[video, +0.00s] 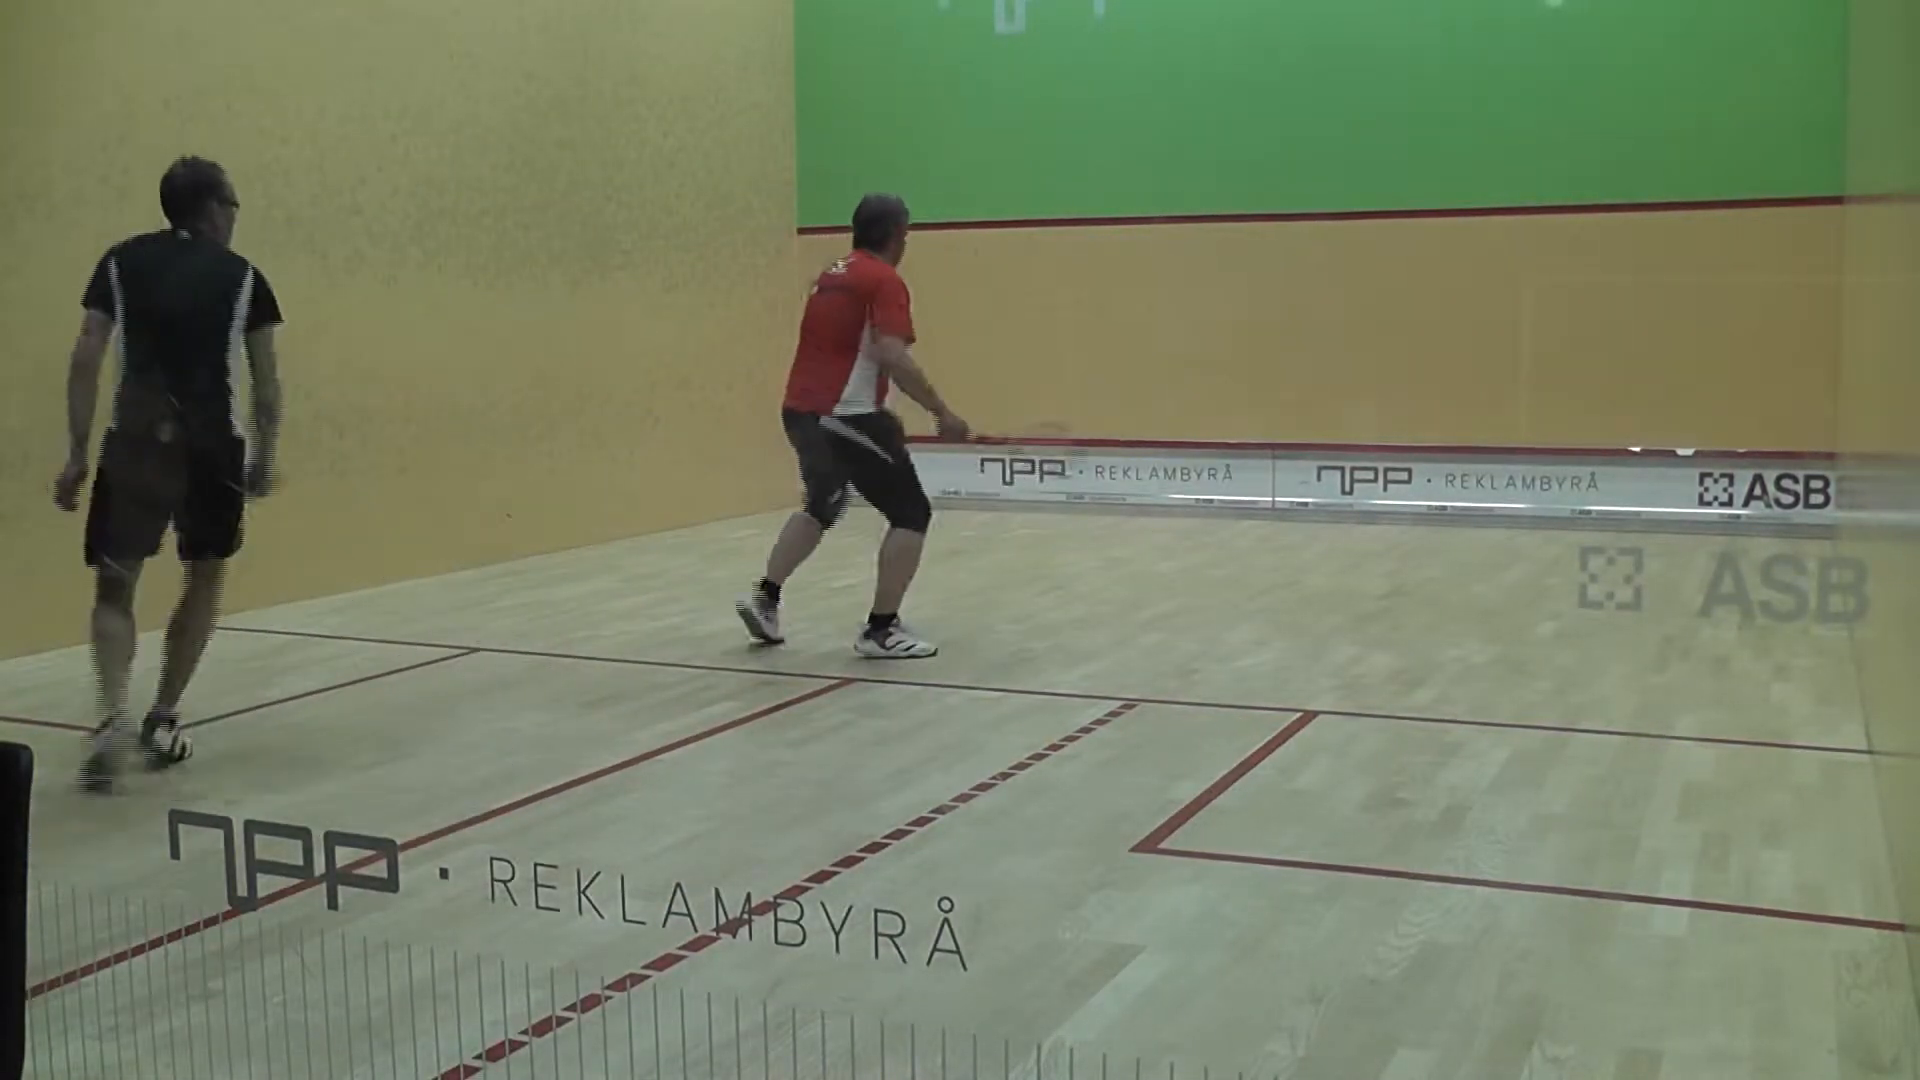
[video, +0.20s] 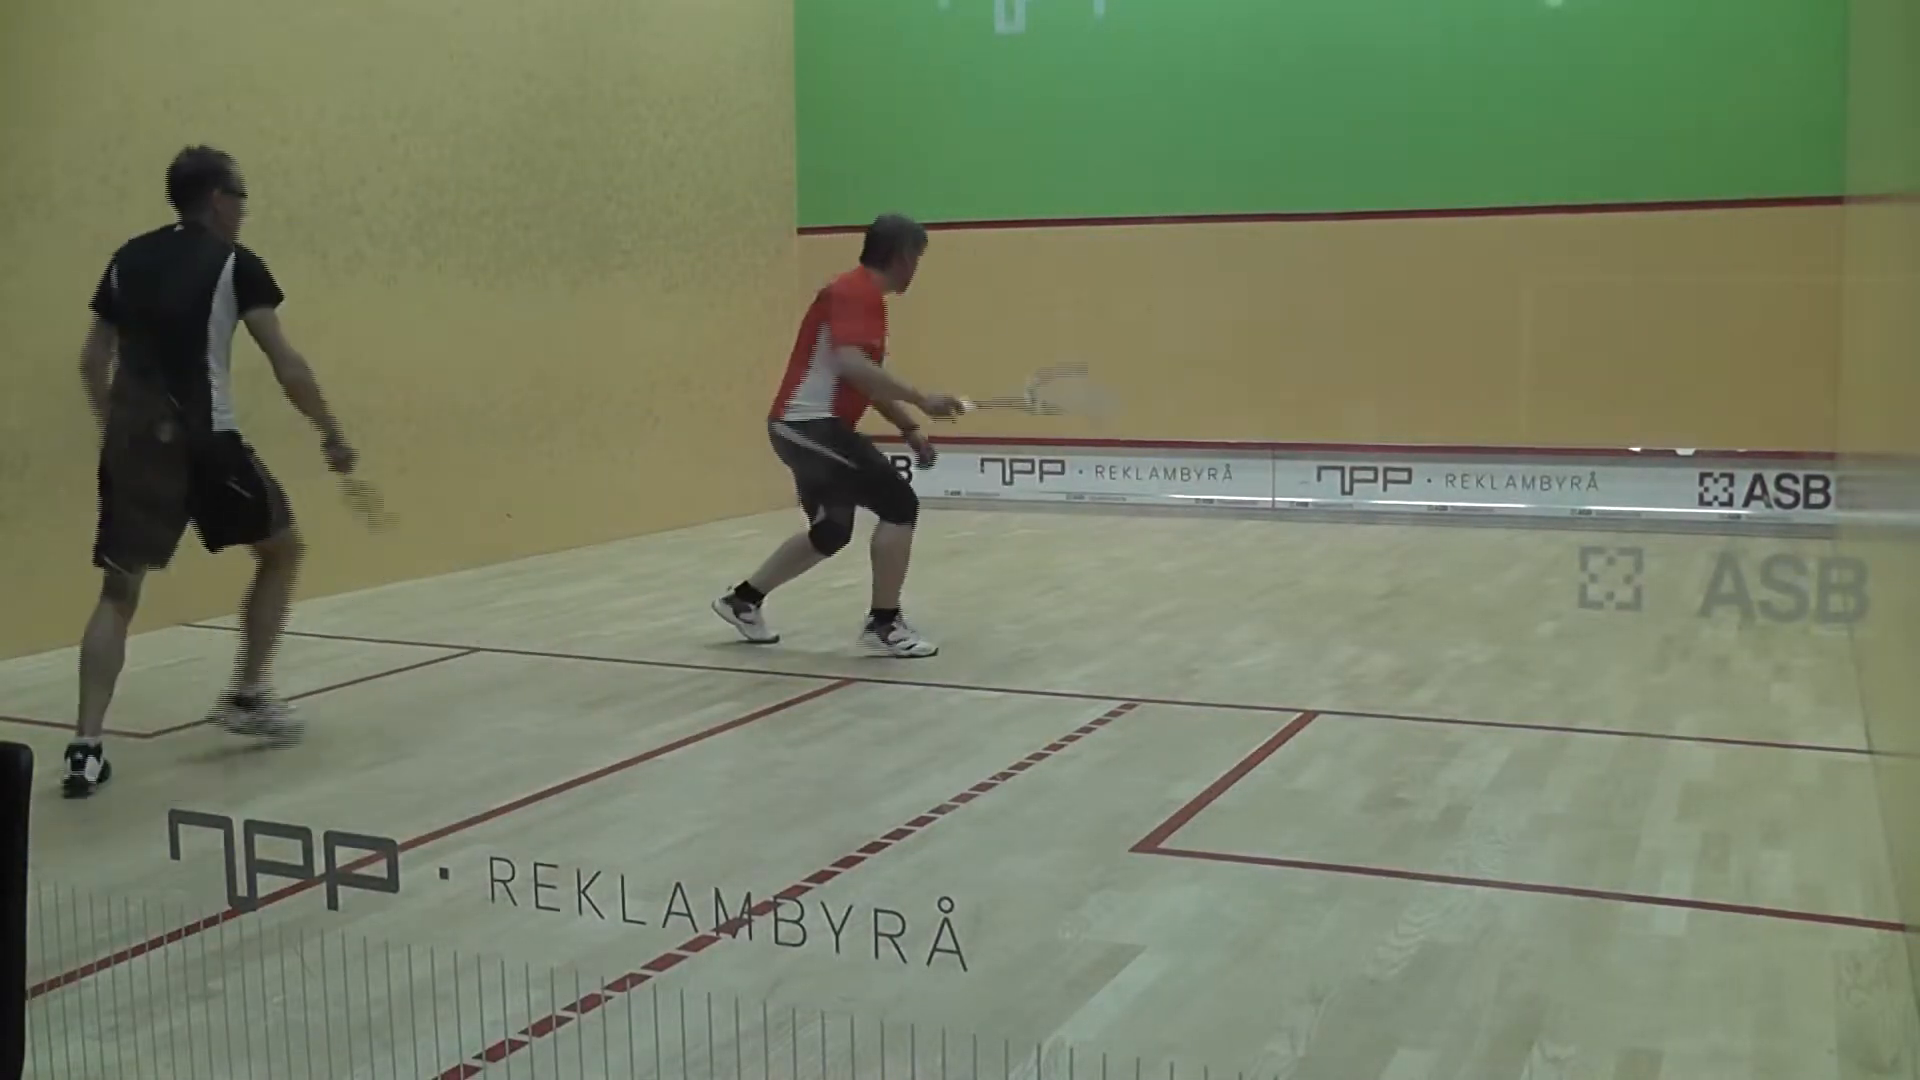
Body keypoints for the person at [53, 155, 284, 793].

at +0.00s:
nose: (236, 220)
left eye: (234, 208)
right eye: (231, 208)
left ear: (173, 212)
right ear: (209, 211)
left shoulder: (122, 261)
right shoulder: (241, 275)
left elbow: (85, 359)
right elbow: (266, 382)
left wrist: (76, 454)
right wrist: (264, 455)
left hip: (134, 453)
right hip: (210, 456)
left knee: (114, 588)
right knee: (204, 580)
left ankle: (110, 719)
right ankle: (163, 716)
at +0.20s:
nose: (242, 210)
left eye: (242, 198)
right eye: (235, 198)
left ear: (181, 202)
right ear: (209, 202)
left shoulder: (130, 258)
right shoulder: (236, 265)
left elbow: (93, 361)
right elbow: (288, 365)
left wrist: (117, 424)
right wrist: (331, 432)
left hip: (132, 451)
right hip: (209, 449)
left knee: (117, 594)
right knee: (281, 550)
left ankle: (85, 747)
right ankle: (248, 694)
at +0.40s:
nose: (288, 203)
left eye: (287, 190)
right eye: (280, 191)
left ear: (233, 196)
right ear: (251, 193)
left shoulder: (184, 253)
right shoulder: (267, 251)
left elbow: (152, 358)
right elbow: (283, 347)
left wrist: (190, 419)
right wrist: (341, 425)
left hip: (189, 445)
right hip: (255, 441)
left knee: (170, 582)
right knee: (301, 565)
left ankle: (97, 710)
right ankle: (287, 713)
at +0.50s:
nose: (312, 198)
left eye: (311, 186)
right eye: (304, 185)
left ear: (256, 190)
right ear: (273, 187)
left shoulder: (209, 243)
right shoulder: (278, 243)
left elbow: (198, 347)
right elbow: (277, 338)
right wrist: (331, 423)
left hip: (197, 434)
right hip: (256, 431)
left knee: (208, 574)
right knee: (336, 550)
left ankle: (145, 714)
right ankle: (301, 701)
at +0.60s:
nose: (324, 202)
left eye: (322, 190)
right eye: (315, 190)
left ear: (271, 194)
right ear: (282, 192)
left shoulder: (223, 250)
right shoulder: (279, 251)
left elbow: (224, 359)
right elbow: (271, 348)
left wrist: (289, 424)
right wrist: (329, 432)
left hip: (206, 443)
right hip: (262, 442)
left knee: (210, 585)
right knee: (372, 549)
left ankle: (144, 725)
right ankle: (335, 688)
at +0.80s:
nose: (380, 207)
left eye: (378, 196)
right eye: (371, 195)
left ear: (331, 202)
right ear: (342, 200)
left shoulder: (291, 259)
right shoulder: (322, 262)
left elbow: (280, 379)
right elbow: (310, 370)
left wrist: (349, 423)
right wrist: (360, 452)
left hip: (274, 453)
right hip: (313, 450)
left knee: (239, 586)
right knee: (427, 555)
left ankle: (150, 717)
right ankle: (425, 711)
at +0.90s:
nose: (445, 210)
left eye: (443, 199)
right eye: (433, 199)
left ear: (405, 209)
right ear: (402, 207)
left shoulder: (379, 263)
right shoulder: (384, 269)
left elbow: (378, 378)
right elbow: (379, 382)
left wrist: (417, 431)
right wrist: (434, 452)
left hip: (341, 453)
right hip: (376, 454)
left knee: (277, 578)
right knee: (469, 575)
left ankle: (171, 699)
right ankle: (398, 711)